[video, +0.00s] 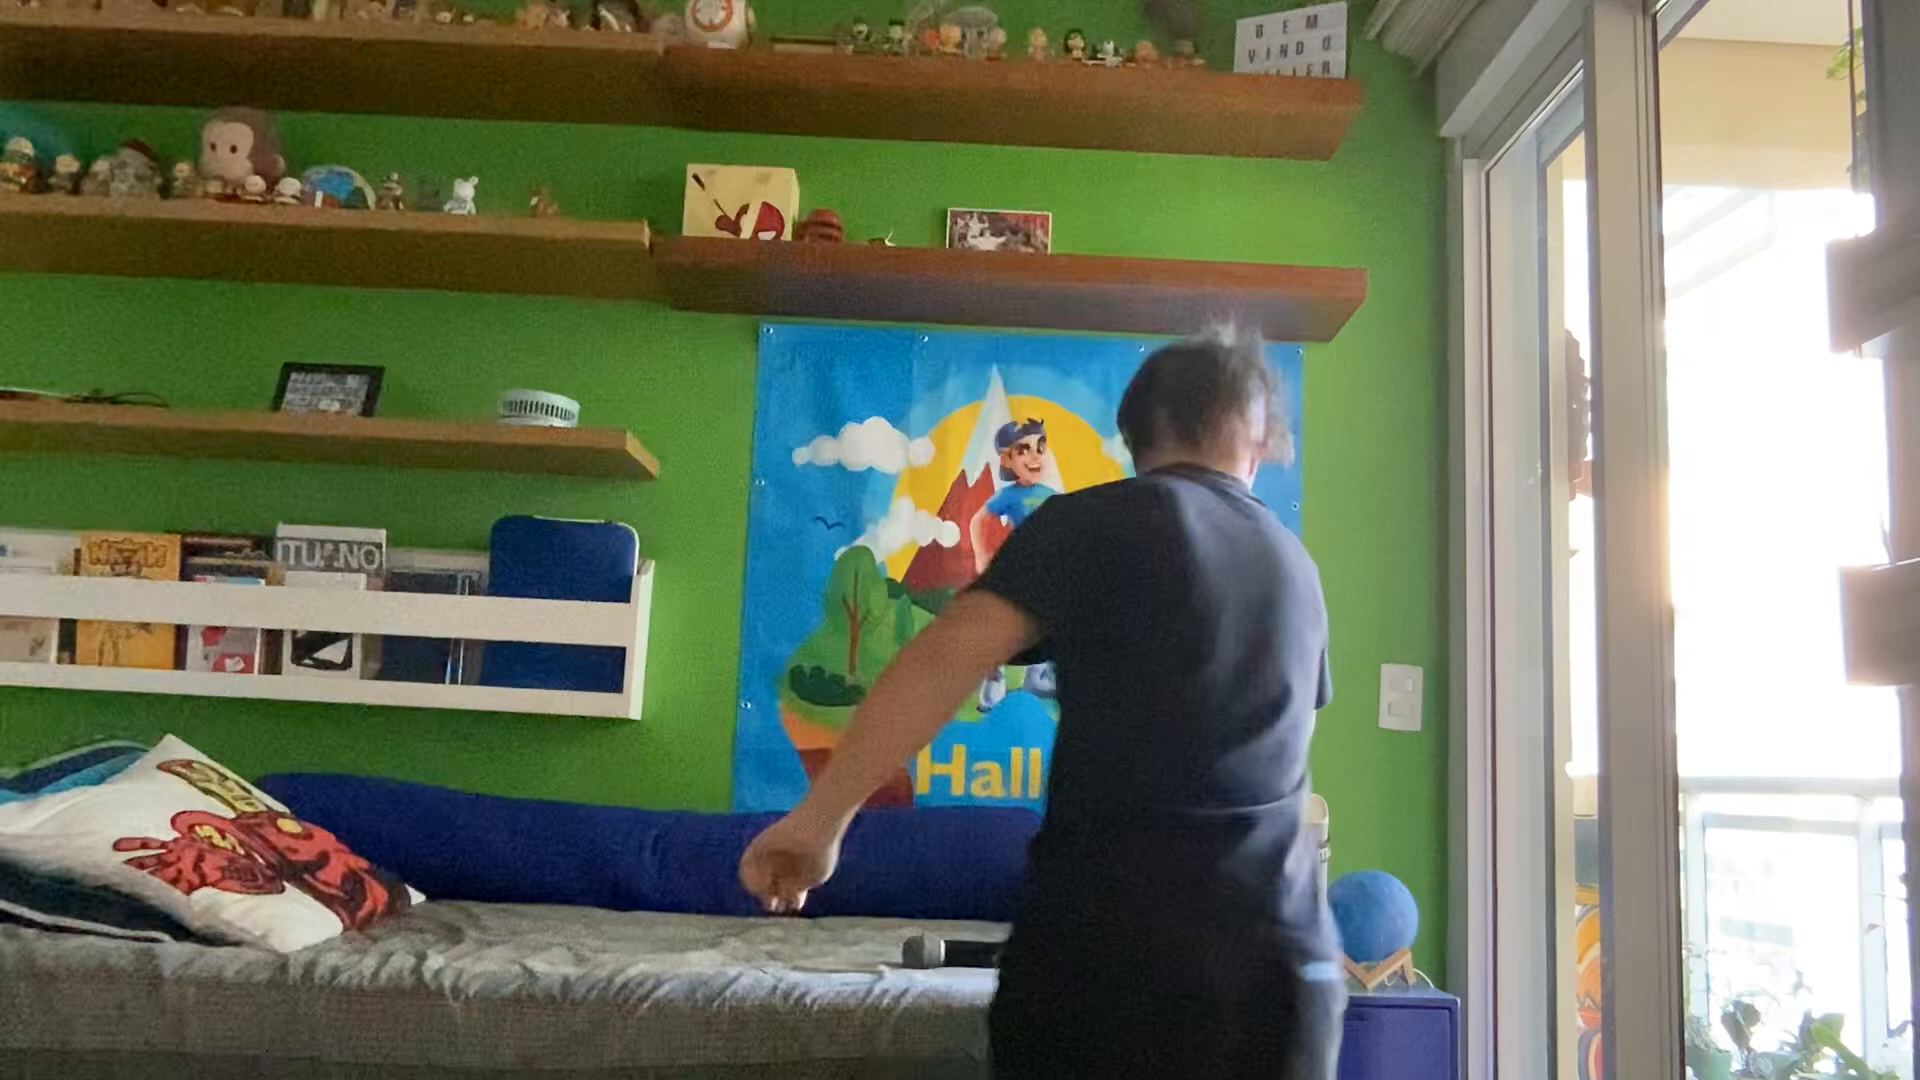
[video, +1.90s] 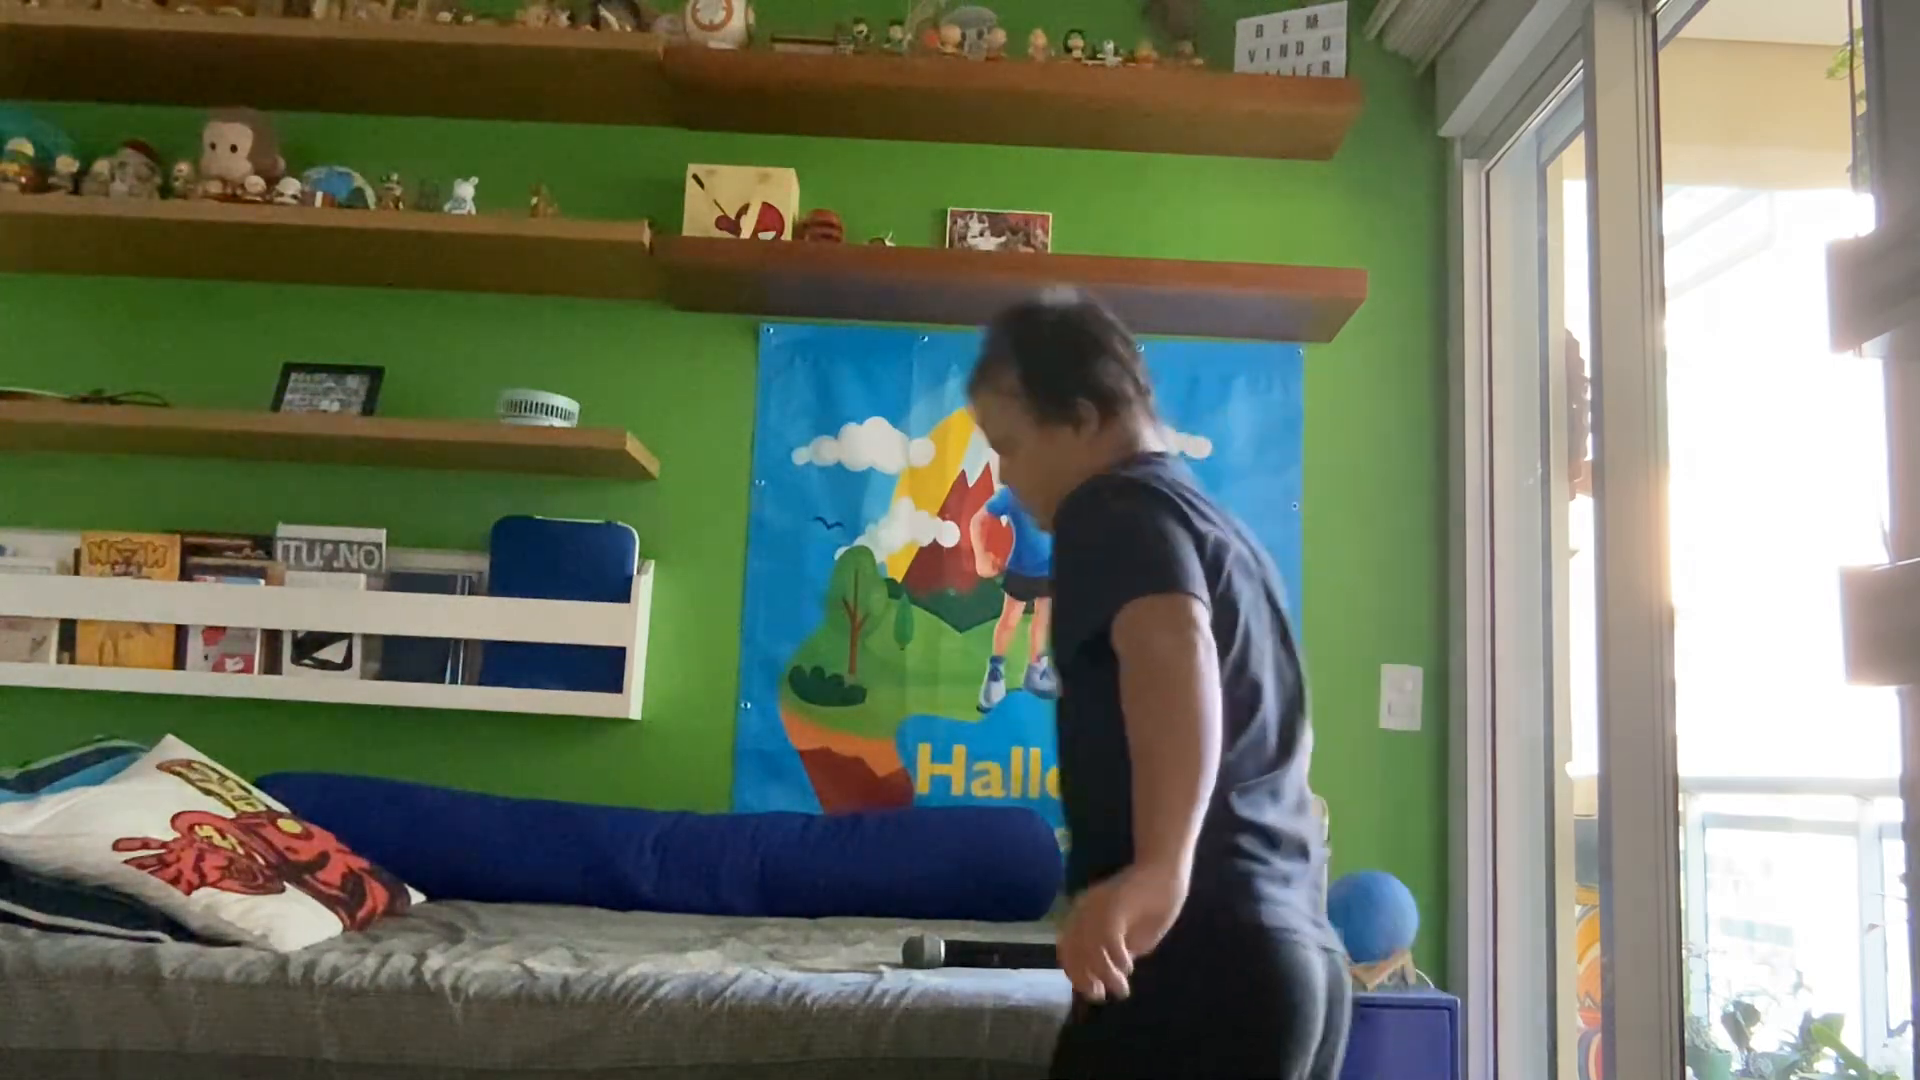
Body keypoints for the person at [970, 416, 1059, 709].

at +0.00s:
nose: (1033, 460)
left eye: (1038, 450)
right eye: (1022, 452)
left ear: (1046, 454)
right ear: (1006, 460)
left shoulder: (1051, 493)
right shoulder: (1009, 494)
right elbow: (977, 521)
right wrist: (982, 560)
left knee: (1049, 624)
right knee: (999, 624)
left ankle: (1041, 672)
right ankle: (995, 677)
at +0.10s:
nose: (1033, 459)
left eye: (1039, 450)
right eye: (1023, 451)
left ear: (1047, 454)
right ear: (1007, 460)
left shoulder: (1053, 495)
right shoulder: (1009, 495)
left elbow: (1068, 523)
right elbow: (978, 520)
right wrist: (981, 557)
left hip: (1051, 566)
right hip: (1021, 567)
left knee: (1042, 621)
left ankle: (1027, 668)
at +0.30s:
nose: (1033, 458)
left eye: (1039, 450)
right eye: (1023, 451)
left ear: (1045, 456)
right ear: (1008, 460)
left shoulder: (1051, 494)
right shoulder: (1007, 495)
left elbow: (1071, 515)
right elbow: (977, 520)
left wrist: (1074, 544)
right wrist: (981, 555)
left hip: (1049, 570)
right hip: (1019, 571)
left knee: (1043, 620)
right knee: (1010, 618)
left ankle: (1036, 669)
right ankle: (996, 668)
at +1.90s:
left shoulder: (1059, 493)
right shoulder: (1012, 492)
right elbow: (977, 522)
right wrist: (981, 557)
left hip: (1050, 568)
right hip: (1020, 569)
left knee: (1043, 620)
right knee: (1010, 619)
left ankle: (1037, 670)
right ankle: (996, 670)